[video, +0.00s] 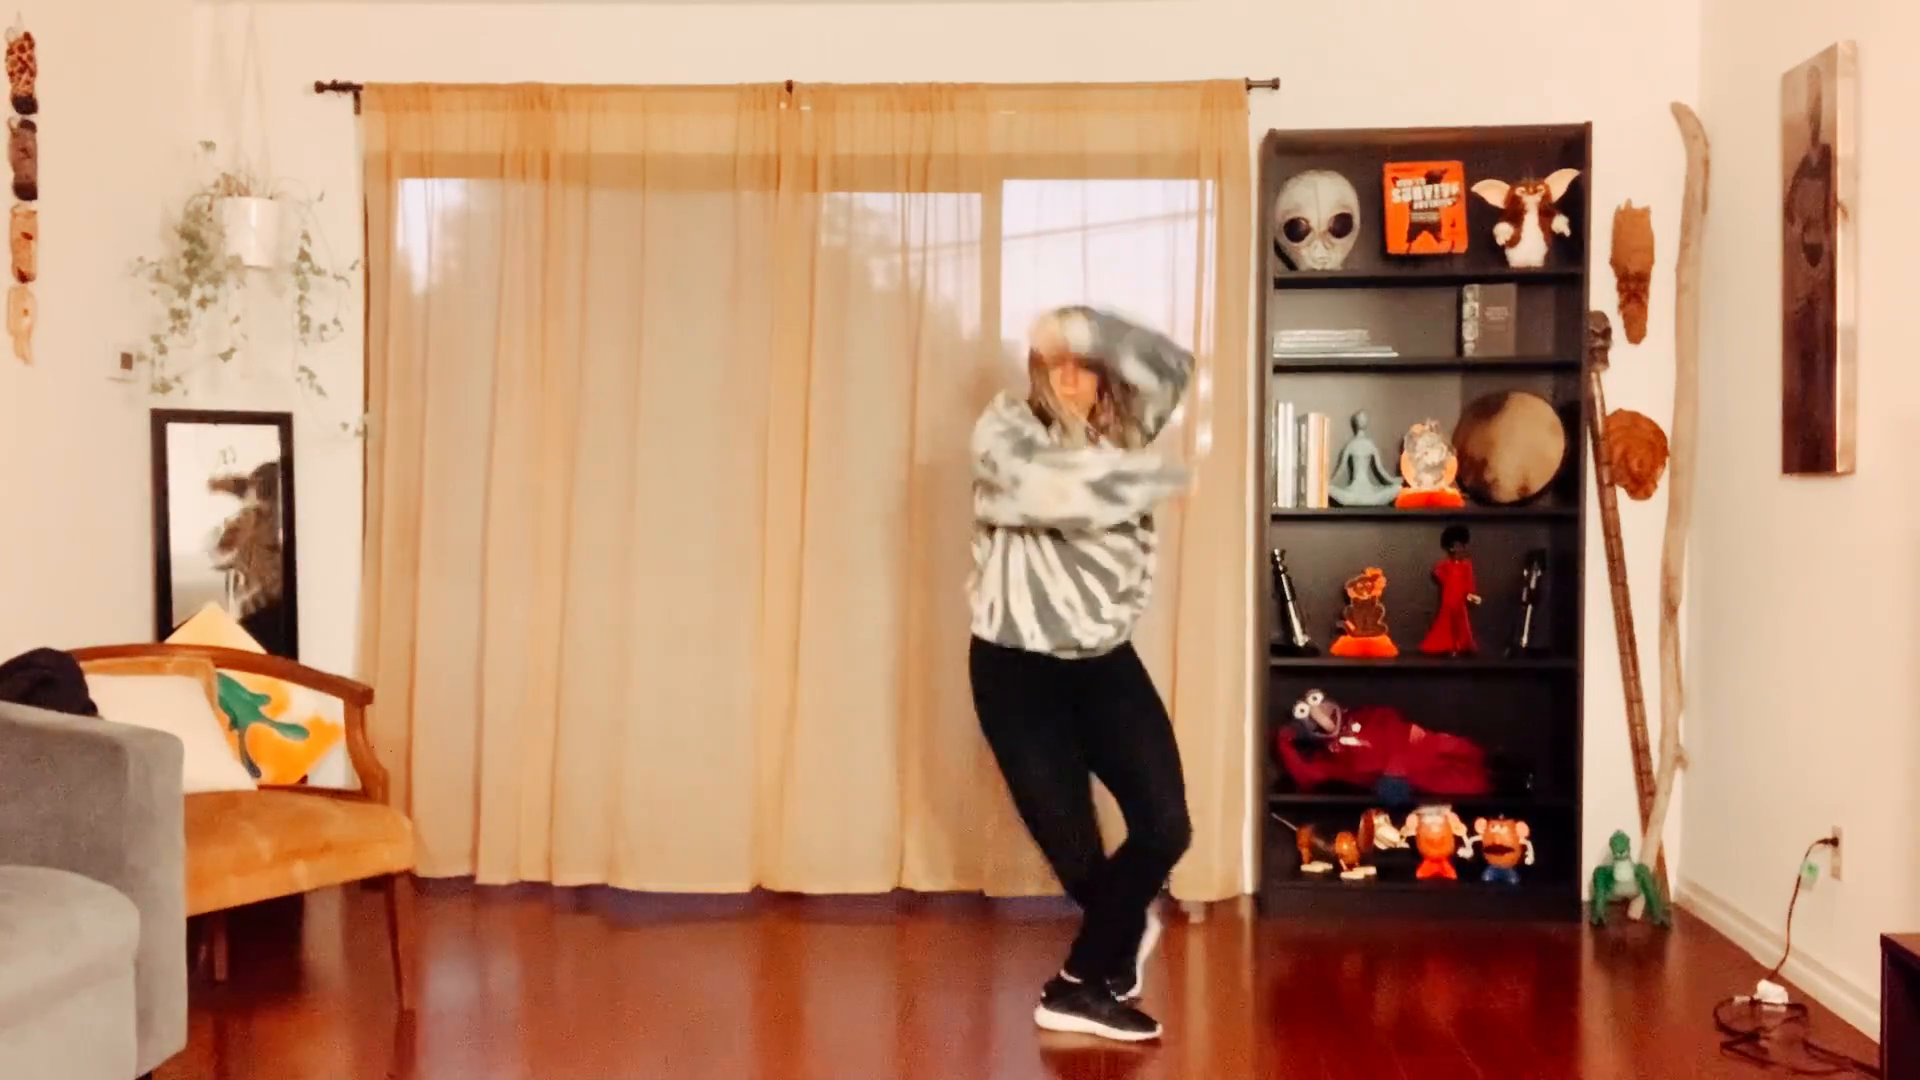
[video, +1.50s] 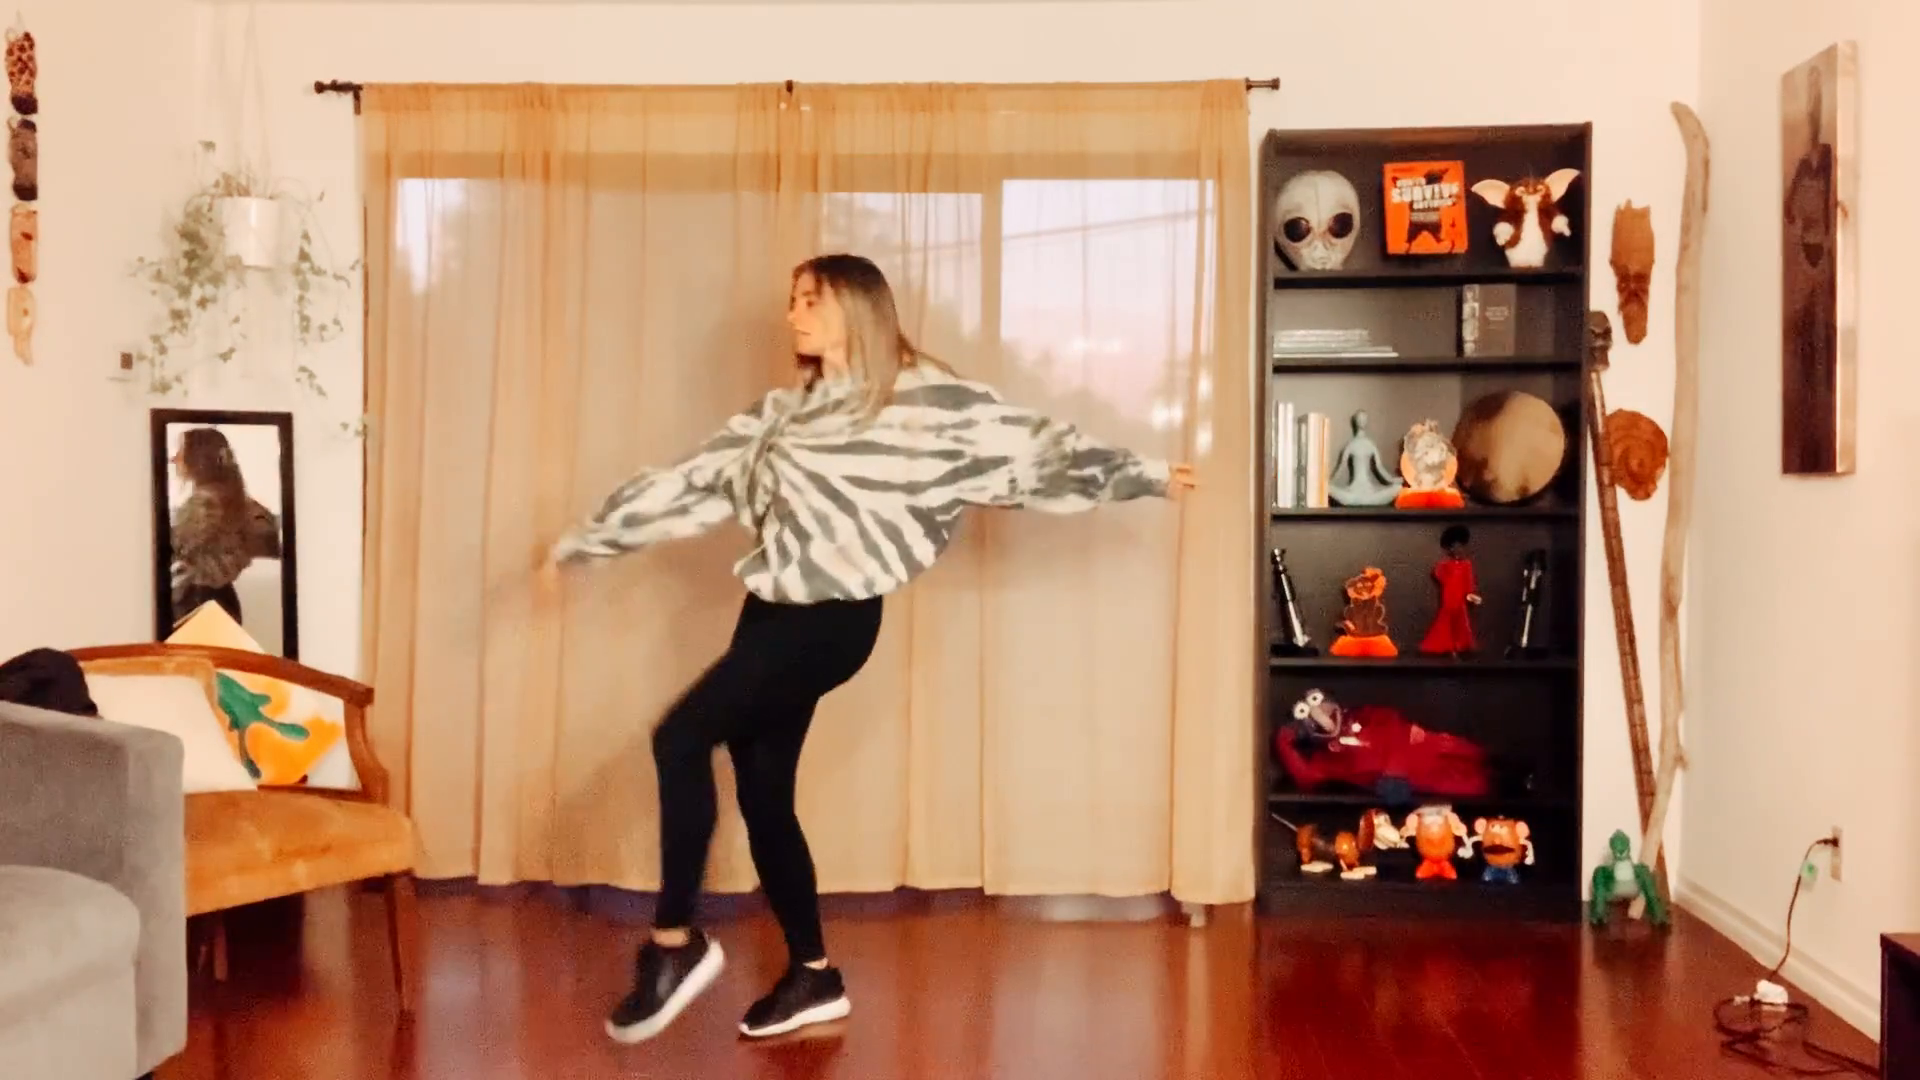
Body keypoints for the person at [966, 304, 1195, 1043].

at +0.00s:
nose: (1062, 381)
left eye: (1075, 367)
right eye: (1048, 367)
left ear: (1104, 373)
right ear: (1034, 373)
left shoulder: (1130, 435)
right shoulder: (1003, 430)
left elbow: (1176, 369)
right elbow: (1041, 491)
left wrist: (1097, 326)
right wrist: (1147, 479)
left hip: (1105, 661)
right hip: (1015, 666)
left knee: (1163, 826)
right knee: (1073, 858)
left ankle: (1080, 990)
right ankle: (1133, 921)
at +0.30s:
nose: (1042, 332)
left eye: (1058, 319)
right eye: (1027, 320)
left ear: (1081, 331)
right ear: (1008, 331)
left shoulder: (1122, 413)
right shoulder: (979, 403)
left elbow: (1209, 462)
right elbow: (997, 504)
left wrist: (1285, 460)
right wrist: (1108, 494)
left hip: (1099, 637)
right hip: (1003, 632)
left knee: (1153, 815)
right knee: (927, 806)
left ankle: (1076, 984)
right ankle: (862, 937)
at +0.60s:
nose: (1014, 317)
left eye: (1027, 305)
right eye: (1000, 305)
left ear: (1049, 317)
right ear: (977, 318)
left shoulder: (1082, 396)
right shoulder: (950, 391)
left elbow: (1162, 466)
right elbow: (951, 493)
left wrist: (1266, 478)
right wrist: (1063, 513)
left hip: (1045, 624)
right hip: (946, 619)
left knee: (1101, 807)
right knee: (880, 800)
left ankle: (1123, 971)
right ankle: (823, 972)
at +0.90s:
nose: (933, 295)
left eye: (950, 282)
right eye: (918, 283)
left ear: (974, 296)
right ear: (899, 298)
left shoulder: (1017, 388)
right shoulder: (860, 371)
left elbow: (1081, 483)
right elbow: (783, 436)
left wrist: (1185, 513)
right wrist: (798, 461)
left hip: (982, 609)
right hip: (885, 608)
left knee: (1020, 786)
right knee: (842, 783)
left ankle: (1090, 962)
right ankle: (820, 971)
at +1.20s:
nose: (849, 297)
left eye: (865, 285)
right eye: (837, 285)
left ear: (894, 297)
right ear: (818, 298)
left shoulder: (928, 395)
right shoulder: (798, 373)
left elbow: (1028, 472)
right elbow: (735, 404)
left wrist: (1137, 521)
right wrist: (719, 371)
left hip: (876, 605)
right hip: (797, 600)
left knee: (809, 779)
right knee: (778, 781)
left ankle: (864, 946)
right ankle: (807, 964)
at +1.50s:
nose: (794, 317)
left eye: (808, 303)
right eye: (793, 304)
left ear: (854, 311)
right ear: (808, 314)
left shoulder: (921, 400)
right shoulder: (784, 412)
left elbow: (1030, 445)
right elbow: (693, 480)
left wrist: (1144, 475)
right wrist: (588, 537)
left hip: (831, 618)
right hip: (769, 614)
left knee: (681, 735)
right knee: (765, 799)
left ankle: (673, 940)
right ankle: (811, 974)